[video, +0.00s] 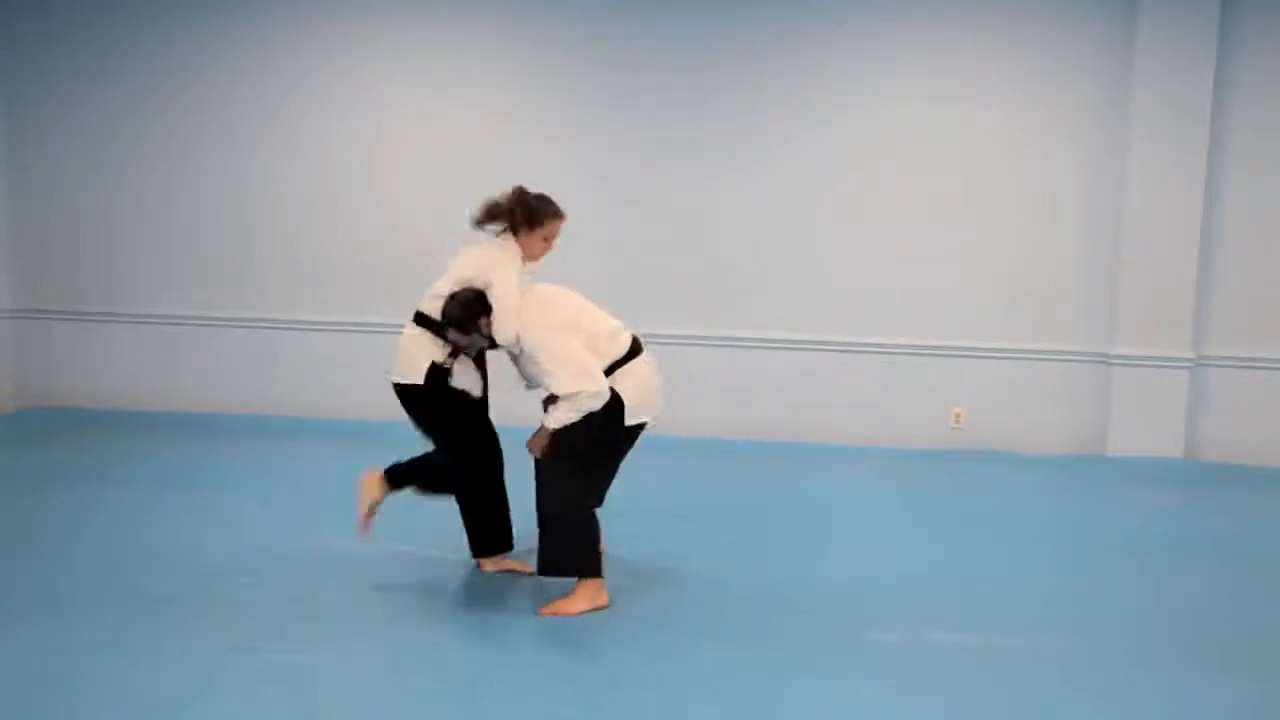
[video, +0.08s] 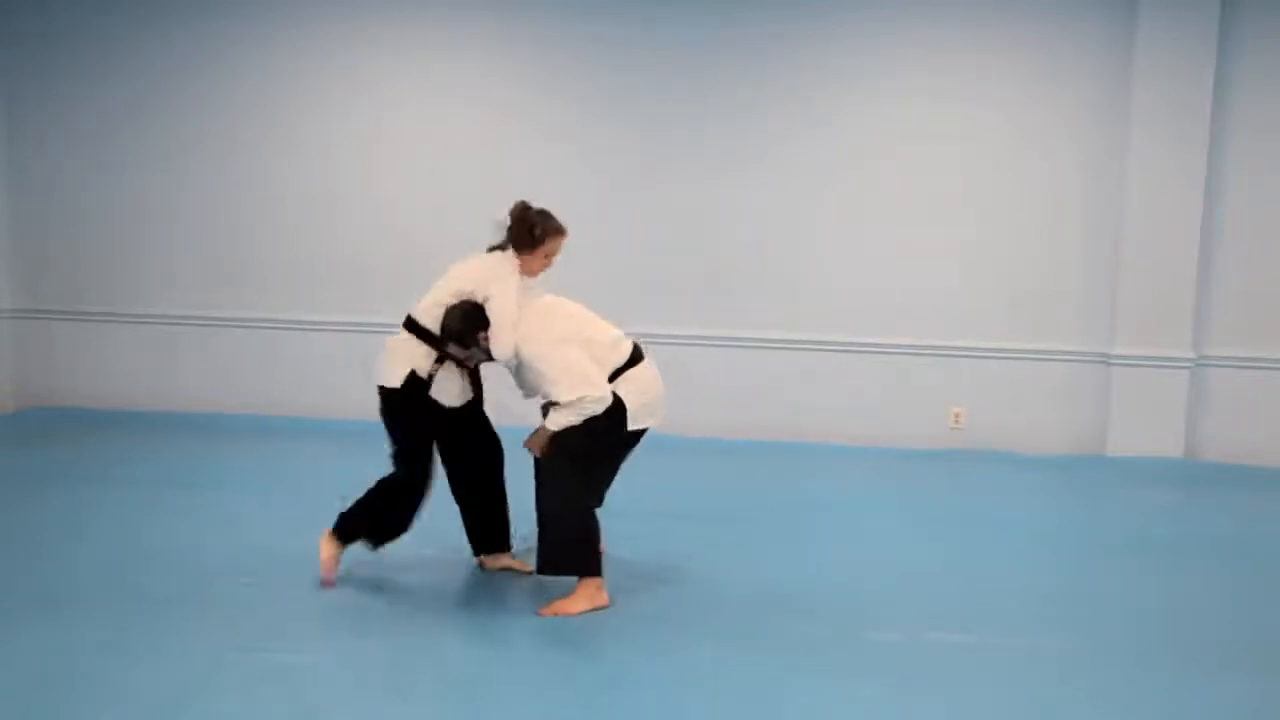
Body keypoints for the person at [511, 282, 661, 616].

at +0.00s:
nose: (467, 346)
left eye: (465, 339)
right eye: (461, 341)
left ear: (484, 323)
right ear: (486, 313)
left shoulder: (533, 327)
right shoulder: (521, 310)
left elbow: (591, 390)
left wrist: (548, 430)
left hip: (624, 390)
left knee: (565, 475)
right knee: (553, 464)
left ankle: (591, 586)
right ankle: (583, 542)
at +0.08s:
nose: (467, 361)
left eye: (466, 354)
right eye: (461, 355)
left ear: (484, 337)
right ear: (485, 330)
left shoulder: (530, 337)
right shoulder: (519, 317)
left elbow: (593, 397)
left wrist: (547, 430)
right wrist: (553, 414)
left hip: (626, 394)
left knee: (565, 475)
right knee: (552, 463)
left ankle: (591, 586)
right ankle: (585, 543)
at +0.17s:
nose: (467, 381)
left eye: (465, 375)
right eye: (462, 376)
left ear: (480, 358)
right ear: (482, 348)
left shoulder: (529, 354)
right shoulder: (514, 332)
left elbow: (597, 401)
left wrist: (548, 434)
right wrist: (550, 423)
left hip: (630, 398)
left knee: (563, 468)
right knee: (550, 456)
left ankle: (591, 586)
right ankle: (584, 538)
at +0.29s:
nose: (467, 403)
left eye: (463, 397)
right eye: (461, 399)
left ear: (475, 377)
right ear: (475, 367)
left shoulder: (522, 365)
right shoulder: (503, 345)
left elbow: (595, 403)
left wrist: (547, 433)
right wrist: (546, 426)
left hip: (626, 400)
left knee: (561, 472)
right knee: (550, 460)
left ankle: (590, 586)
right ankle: (583, 540)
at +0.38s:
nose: (462, 400)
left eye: (457, 394)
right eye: (455, 397)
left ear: (470, 376)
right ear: (471, 366)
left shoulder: (514, 365)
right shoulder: (500, 343)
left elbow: (589, 403)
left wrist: (542, 435)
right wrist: (540, 427)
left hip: (623, 398)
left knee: (554, 472)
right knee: (556, 460)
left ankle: (589, 586)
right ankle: (584, 534)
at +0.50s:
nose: (461, 390)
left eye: (455, 385)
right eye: (452, 386)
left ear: (466, 367)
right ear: (464, 354)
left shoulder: (511, 359)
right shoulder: (497, 328)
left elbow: (583, 403)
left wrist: (536, 435)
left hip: (619, 396)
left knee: (549, 469)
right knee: (558, 459)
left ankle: (588, 585)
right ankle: (584, 535)